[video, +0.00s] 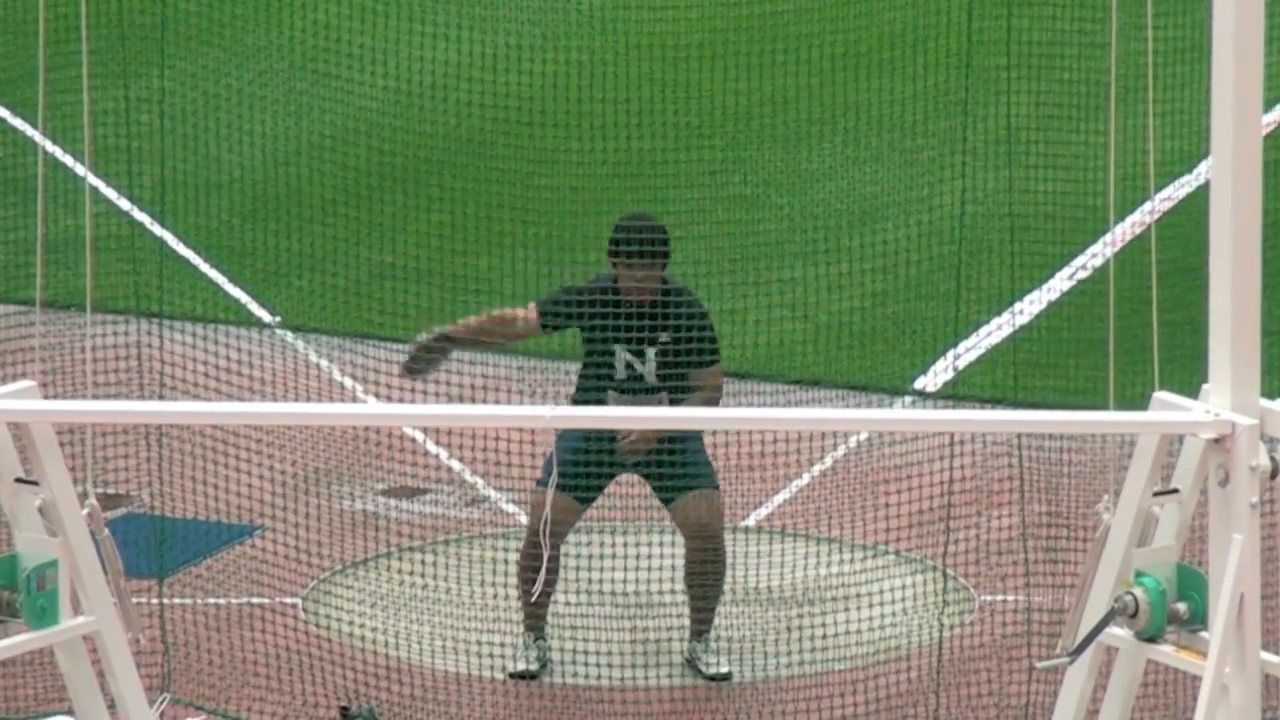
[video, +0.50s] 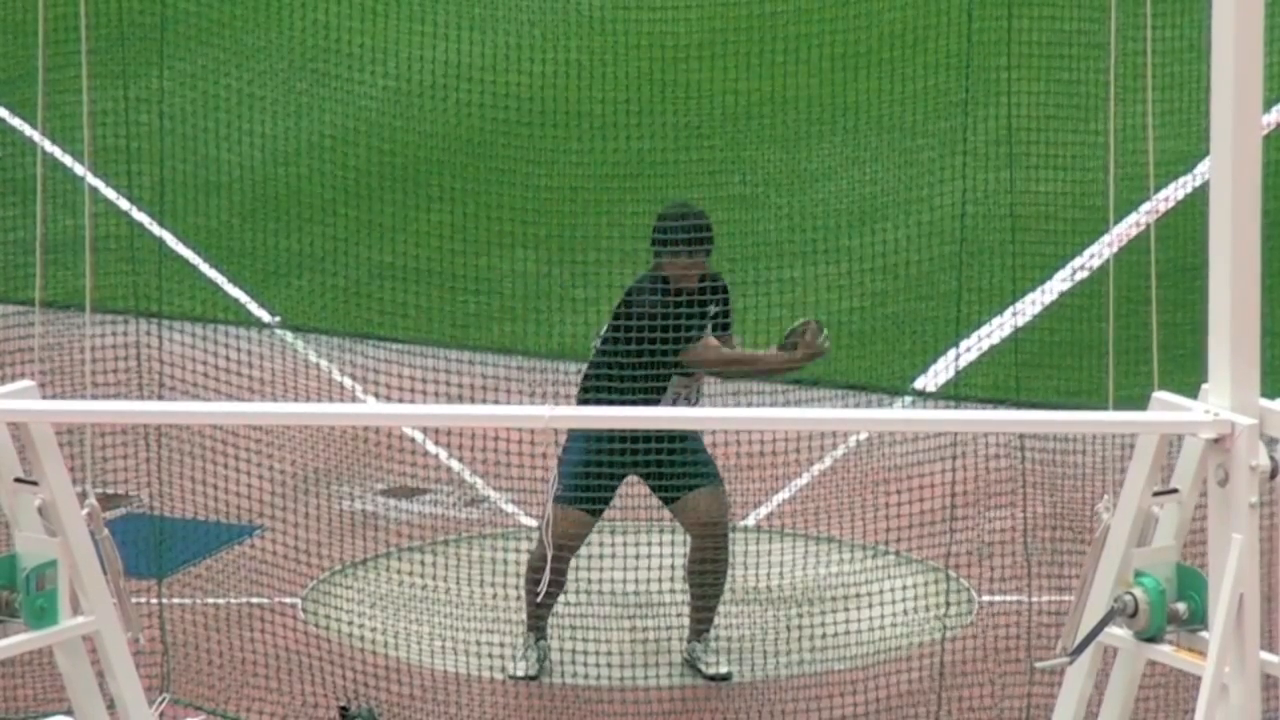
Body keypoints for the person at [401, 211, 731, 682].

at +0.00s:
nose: (640, 277)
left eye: (649, 266)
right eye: (630, 266)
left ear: (664, 265)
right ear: (614, 263)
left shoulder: (687, 313)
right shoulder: (594, 299)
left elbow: (710, 391)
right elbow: (520, 322)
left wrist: (658, 428)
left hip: (671, 431)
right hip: (595, 427)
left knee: (707, 526)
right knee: (544, 525)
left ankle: (701, 642)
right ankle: (534, 640)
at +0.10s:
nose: (656, 279)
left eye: (665, 269)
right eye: (646, 269)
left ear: (678, 268)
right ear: (630, 268)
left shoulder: (699, 311)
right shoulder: (604, 309)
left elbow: (722, 387)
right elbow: (554, 373)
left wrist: (681, 427)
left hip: (671, 431)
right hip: (599, 429)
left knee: (710, 525)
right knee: (549, 524)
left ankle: (700, 642)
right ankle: (534, 639)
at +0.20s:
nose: (667, 281)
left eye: (677, 271)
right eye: (657, 270)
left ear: (691, 269)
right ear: (642, 268)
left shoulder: (711, 309)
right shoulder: (620, 310)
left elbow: (729, 379)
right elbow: (610, 401)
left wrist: (706, 425)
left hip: (669, 429)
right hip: (605, 425)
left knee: (711, 523)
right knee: (552, 528)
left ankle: (700, 642)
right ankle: (534, 640)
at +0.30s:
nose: (674, 278)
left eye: (684, 268)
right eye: (665, 267)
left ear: (699, 266)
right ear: (651, 265)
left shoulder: (714, 302)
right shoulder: (633, 310)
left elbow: (731, 369)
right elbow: (661, 402)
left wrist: (738, 427)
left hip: (663, 431)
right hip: (601, 431)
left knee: (711, 520)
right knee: (559, 531)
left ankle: (700, 642)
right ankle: (534, 640)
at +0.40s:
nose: (678, 270)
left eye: (688, 259)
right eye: (668, 260)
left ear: (705, 260)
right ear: (654, 260)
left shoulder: (716, 295)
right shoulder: (645, 302)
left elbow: (726, 360)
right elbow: (686, 377)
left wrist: (760, 393)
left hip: (665, 427)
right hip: (602, 427)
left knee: (712, 523)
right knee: (561, 536)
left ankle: (699, 643)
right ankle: (533, 639)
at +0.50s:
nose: (688, 263)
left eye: (697, 252)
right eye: (677, 253)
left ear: (709, 253)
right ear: (659, 255)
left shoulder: (714, 291)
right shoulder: (647, 300)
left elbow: (726, 354)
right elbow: (711, 362)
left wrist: (783, 351)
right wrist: (793, 362)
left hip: (665, 430)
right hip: (602, 430)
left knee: (711, 522)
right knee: (562, 536)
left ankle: (699, 643)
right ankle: (533, 637)